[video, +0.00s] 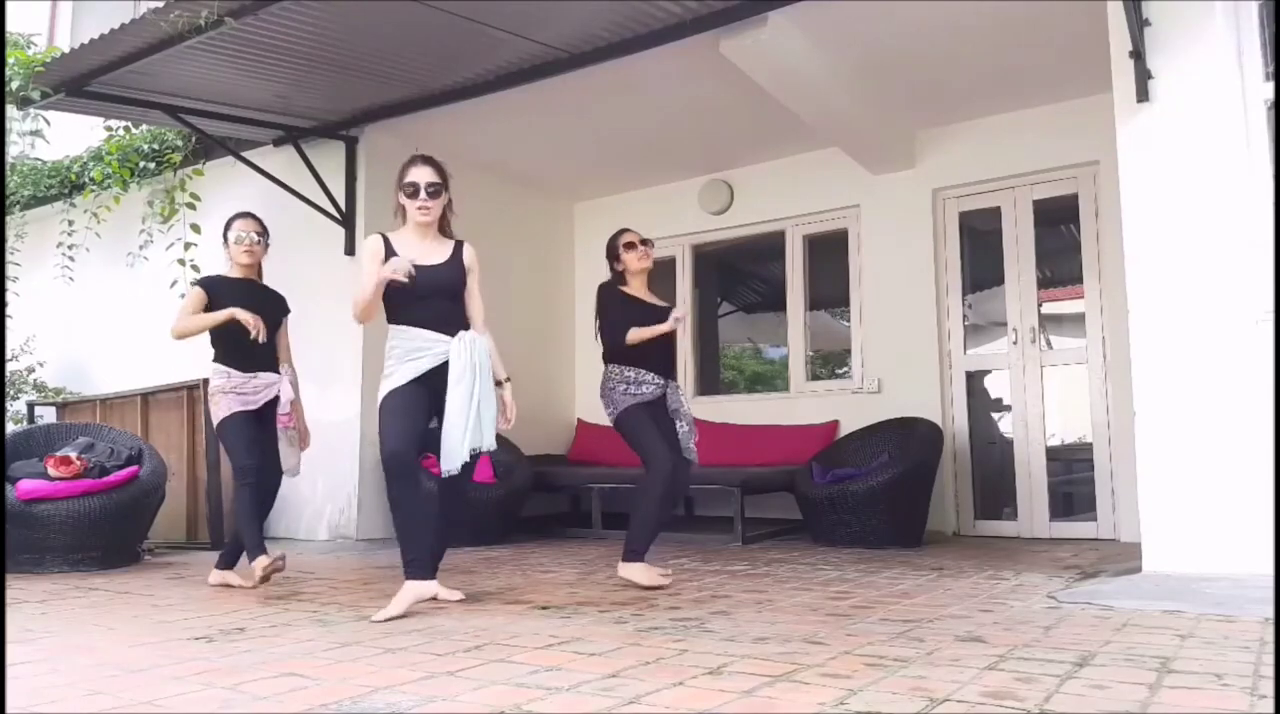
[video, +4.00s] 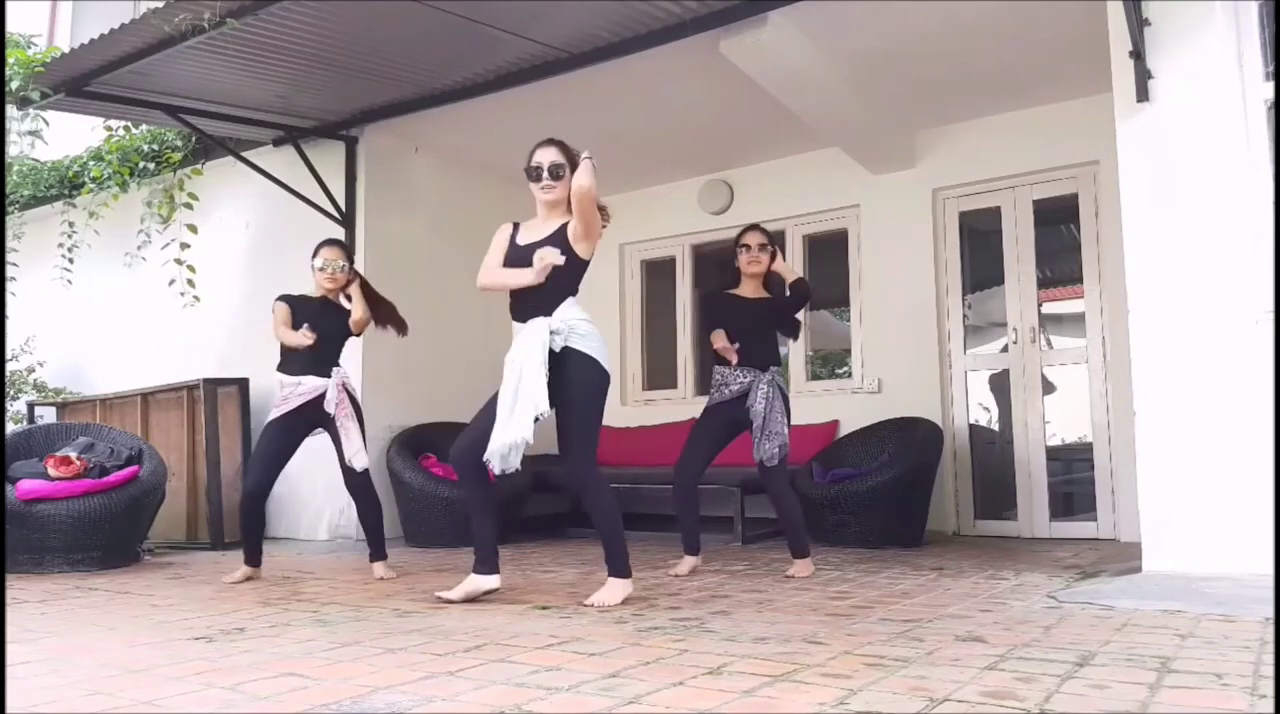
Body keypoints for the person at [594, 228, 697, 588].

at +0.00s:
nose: (640, 250)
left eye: (644, 244)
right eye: (629, 247)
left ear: (652, 252)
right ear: (616, 261)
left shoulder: (662, 304)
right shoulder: (610, 291)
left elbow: (666, 361)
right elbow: (617, 337)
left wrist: (676, 401)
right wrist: (666, 326)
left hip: (662, 392)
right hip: (625, 390)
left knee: (679, 470)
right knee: (661, 463)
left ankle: (636, 557)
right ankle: (631, 560)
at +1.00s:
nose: (635, 256)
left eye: (641, 248)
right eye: (626, 253)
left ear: (654, 255)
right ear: (620, 264)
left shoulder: (672, 310)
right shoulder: (615, 292)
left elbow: (681, 368)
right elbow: (608, 341)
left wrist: (706, 412)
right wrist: (638, 343)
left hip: (666, 399)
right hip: (628, 397)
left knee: (676, 478)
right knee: (643, 466)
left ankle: (636, 555)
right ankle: (621, 564)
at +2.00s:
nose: (638, 263)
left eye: (646, 257)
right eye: (631, 257)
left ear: (657, 265)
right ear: (623, 264)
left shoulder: (668, 312)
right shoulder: (610, 300)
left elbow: (685, 364)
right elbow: (598, 350)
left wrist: (716, 409)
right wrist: (614, 360)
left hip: (670, 398)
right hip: (631, 398)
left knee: (662, 479)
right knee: (601, 467)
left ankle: (659, 556)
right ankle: (595, 558)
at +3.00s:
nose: (723, 248)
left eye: (731, 240)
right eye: (719, 243)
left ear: (751, 246)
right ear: (717, 253)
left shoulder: (775, 288)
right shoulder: (720, 297)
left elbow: (761, 337)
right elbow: (710, 349)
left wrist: (718, 311)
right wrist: (707, 393)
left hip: (756, 391)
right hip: (720, 392)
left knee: (771, 478)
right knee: (681, 471)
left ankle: (810, 559)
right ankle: (665, 556)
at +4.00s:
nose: (753, 255)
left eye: (761, 249)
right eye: (746, 249)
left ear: (771, 258)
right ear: (736, 257)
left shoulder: (775, 302)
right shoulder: (717, 298)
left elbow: (802, 293)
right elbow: (713, 329)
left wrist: (784, 269)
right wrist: (720, 340)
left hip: (766, 391)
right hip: (727, 391)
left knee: (773, 474)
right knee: (685, 472)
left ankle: (802, 558)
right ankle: (691, 554)